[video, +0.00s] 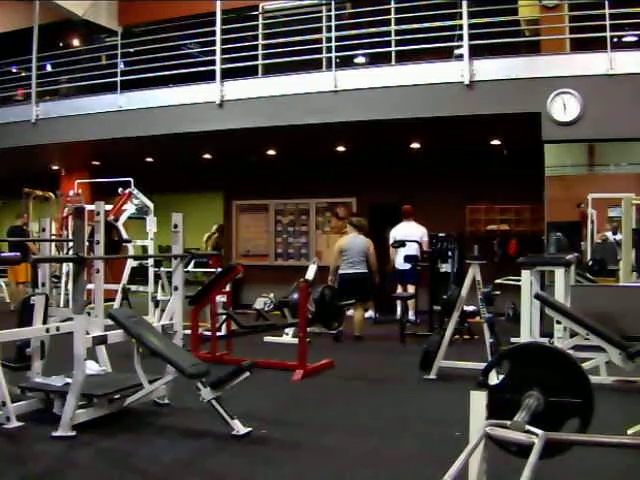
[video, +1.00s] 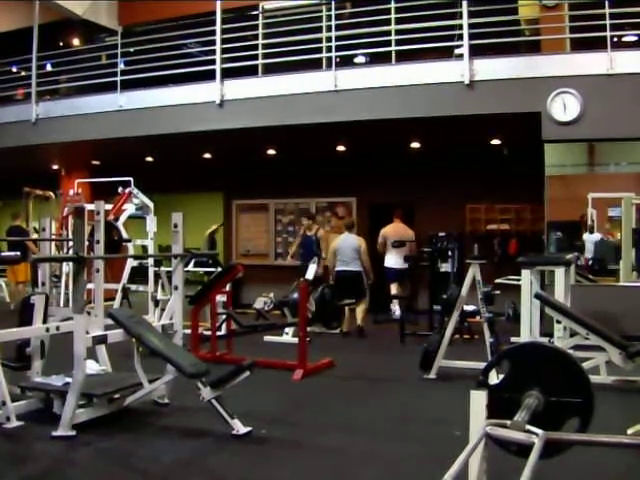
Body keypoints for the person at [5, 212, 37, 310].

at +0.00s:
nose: (27, 220)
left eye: (27, 218)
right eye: (27, 218)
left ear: (17, 218)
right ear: (24, 217)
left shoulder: (10, 230)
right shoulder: (24, 231)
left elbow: (10, 244)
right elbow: (30, 244)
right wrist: (36, 252)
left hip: (11, 260)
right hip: (23, 259)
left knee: (12, 284)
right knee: (21, 284)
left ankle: (13, 303)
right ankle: (21, 304)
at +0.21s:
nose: (26, 220)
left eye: (26, 218)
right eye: (25, 218)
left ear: (16, 218)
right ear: (23, 218)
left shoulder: (9, 230)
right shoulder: (23, 231)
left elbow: (10, 244)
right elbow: (28, 243)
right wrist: (36, 251)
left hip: (11, 259)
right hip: (22, 259)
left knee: (12, 284)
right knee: (21, 284)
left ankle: (13, 303)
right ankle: (21, 304)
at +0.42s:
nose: (24, 220)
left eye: (23, 218)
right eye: (24, 218)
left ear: (14, 218)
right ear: (22, 218)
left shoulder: (9, 230)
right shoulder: (23, 230)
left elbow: (9, 243)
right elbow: (28, 243)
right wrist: (36, 251)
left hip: (10, 259)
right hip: (22, 259)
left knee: (12, 283)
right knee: (21, 283)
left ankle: (12, 303)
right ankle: (21, 303)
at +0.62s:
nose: (24, 219)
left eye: (23, 217)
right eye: (23, 217)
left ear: (13, 218)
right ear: (21, 217)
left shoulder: (9, 230)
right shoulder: (23, 231)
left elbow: (9, 243)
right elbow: (29, 243)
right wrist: (35, 250)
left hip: (10, 259)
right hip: (21, 259)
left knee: (12, 283)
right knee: (21, 283)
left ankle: (12, 303)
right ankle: (21, 303)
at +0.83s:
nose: (22, 217)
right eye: (22, 215)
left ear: (12, 216)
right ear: (21, 216)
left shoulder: (8, 228)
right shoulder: (23, 229)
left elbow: (8, 241)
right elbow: (29, 242)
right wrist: (35, 247)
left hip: (10, 258)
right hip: (22, 258)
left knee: (12, 282)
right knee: (21, 282)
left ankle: (12, 301)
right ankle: (21, 301)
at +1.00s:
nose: (21, 219)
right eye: (21, 218)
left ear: (12, 218)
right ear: (20, 218)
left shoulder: (8, 230)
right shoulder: (23, 231)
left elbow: (9, 243)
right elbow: (28, 243)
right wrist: (35, 250)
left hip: (10, 260)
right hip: (21, 260)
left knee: (12, 284)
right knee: (21, 284)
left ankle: (12, 303)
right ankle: (21, 304)